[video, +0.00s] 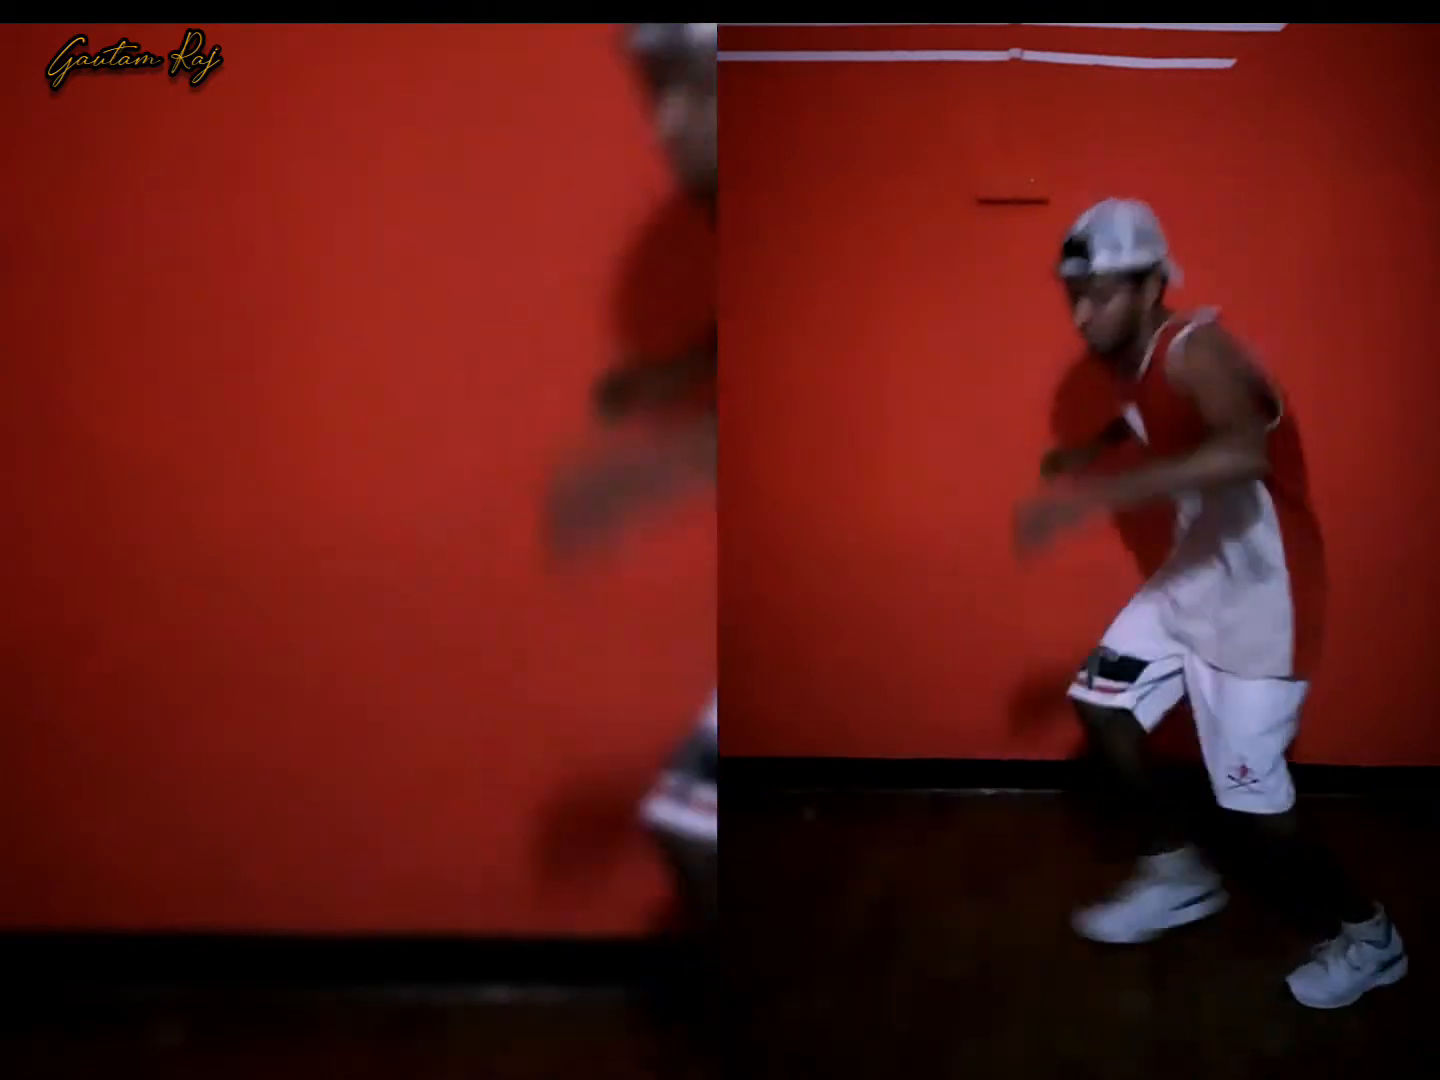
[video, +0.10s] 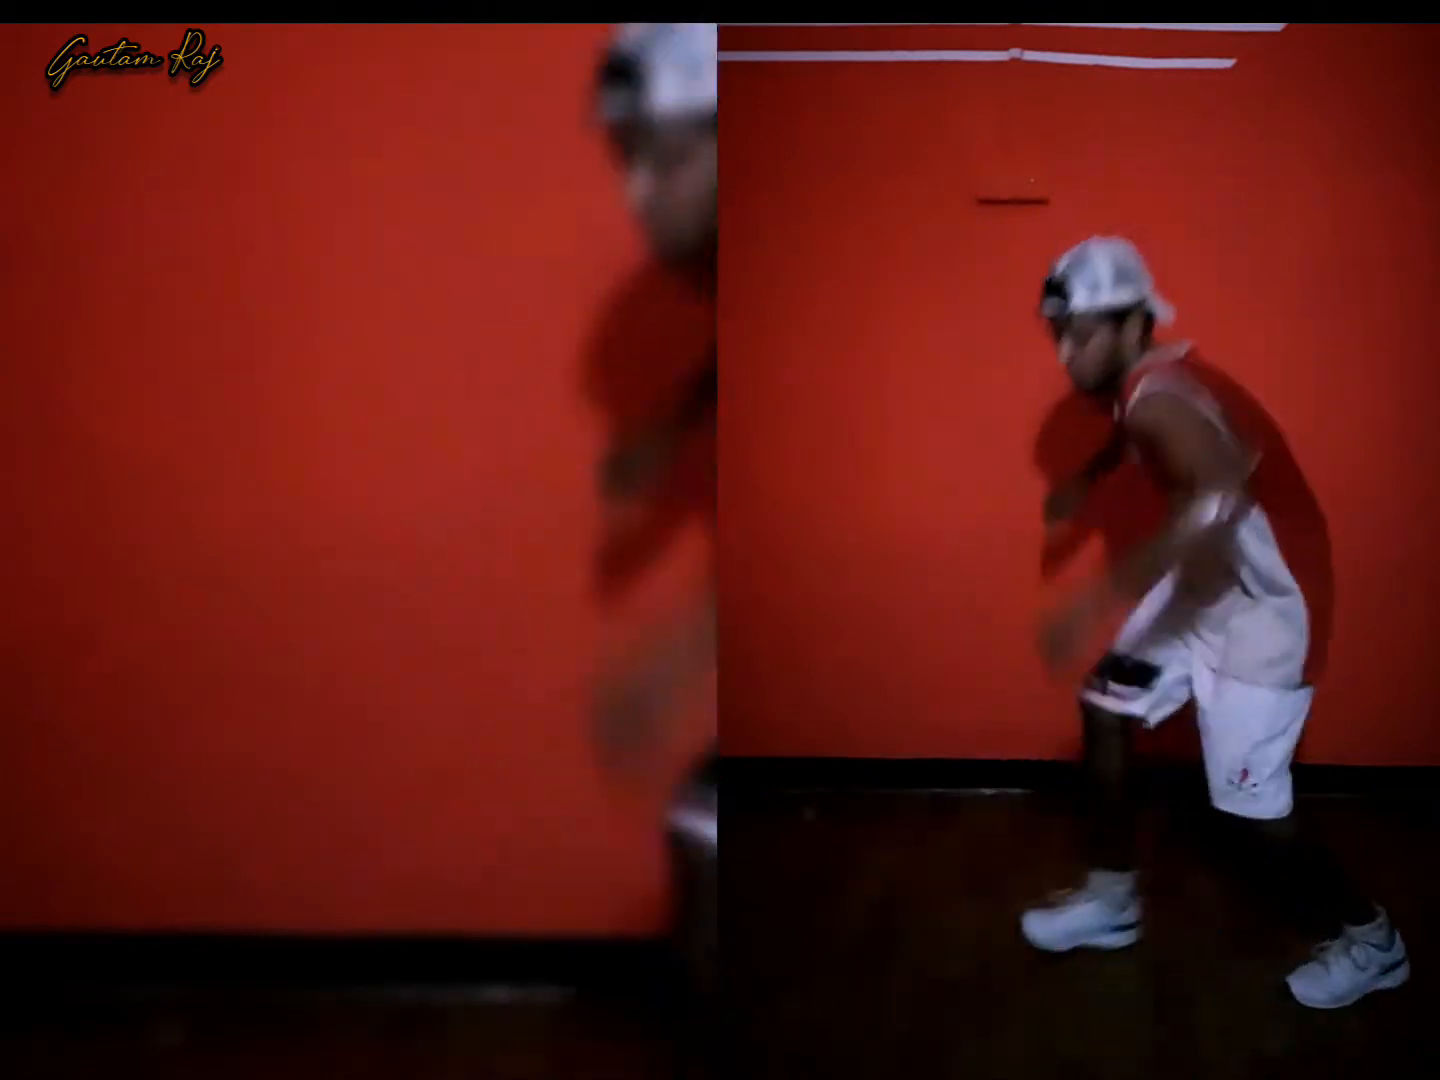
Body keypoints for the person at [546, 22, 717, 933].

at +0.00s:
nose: (675, 115)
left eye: (694, 81)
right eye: (660, 83)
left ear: (746, 83)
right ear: (644, 93)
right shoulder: (700, 231)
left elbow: (767, 378)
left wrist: (663, 463)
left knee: (697, 811)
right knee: (690, 813)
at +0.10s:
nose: (646, 187)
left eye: (674, 150)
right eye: (631, 154)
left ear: (736, 148)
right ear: (612, 153)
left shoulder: (761, 305)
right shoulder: (663, 316)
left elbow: (762, 532)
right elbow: (629, 504)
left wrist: (676, 673)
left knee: (702, 817)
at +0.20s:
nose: (601, 263)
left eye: (622, 225)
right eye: (592, 228)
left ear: (706, 205)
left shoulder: (747, 341)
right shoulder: (717, 337)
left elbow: (739, 523)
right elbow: (719, 514)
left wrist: (666, 626)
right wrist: (658, 621)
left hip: (791, 677)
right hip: (753, 670)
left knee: (688, 862)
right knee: (684, 861)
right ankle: (711, 1077)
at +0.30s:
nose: (554, 224)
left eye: (576, 189)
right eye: (545, 191)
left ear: (677, 161)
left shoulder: (753, 293)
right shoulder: (659, 294)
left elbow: (744, 526)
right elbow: (713, 514)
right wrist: (632, 707)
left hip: (780, 611)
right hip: (742, 608)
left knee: (665, 876)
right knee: (659, 871)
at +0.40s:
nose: (550, 125)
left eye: (577, 87)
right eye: (537, 92)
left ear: (671, 70)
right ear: (527, 94)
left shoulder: (786, 213)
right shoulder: (597, 247)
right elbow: (625, 467)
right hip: (708, 562)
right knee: (624, 878)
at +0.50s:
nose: (590, 45)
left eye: (618, 22)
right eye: (578, 26)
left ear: (693, 27)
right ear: (566, 42)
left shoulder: (777, 163)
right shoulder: (568, 175)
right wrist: (481, 305)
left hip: (738, 618)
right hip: (619, 599)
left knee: (601, 906)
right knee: (556, 900)